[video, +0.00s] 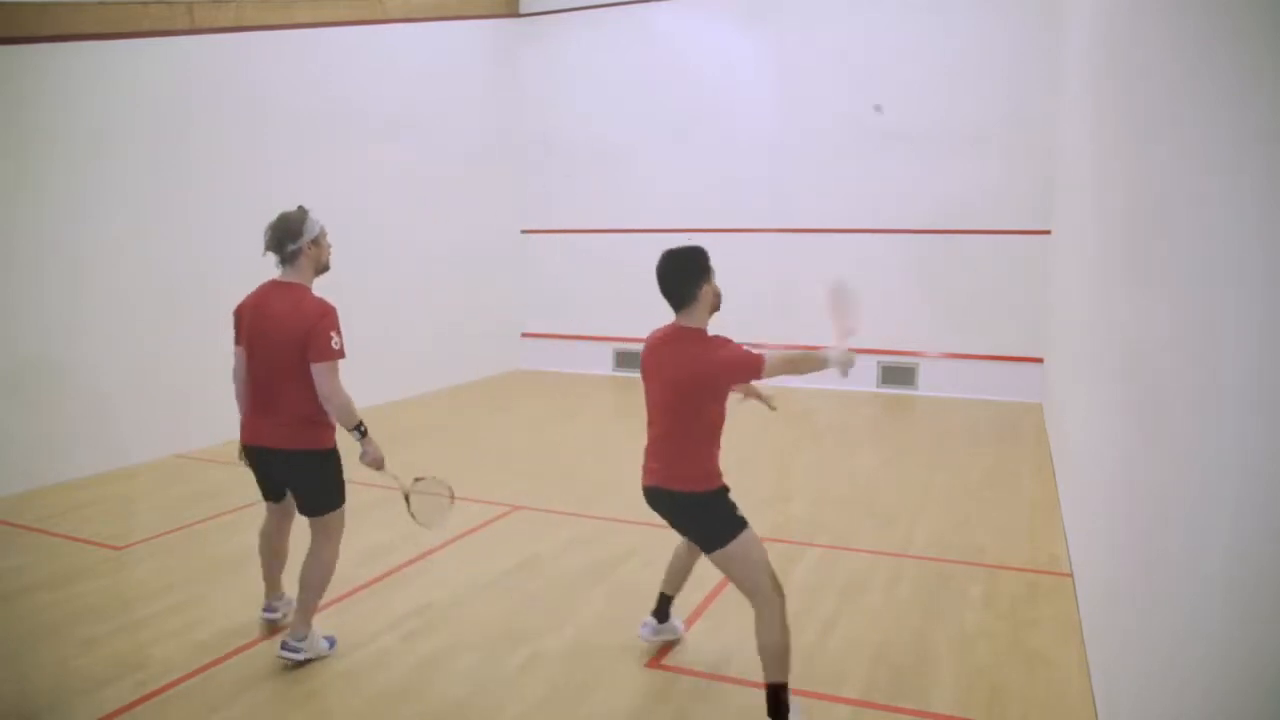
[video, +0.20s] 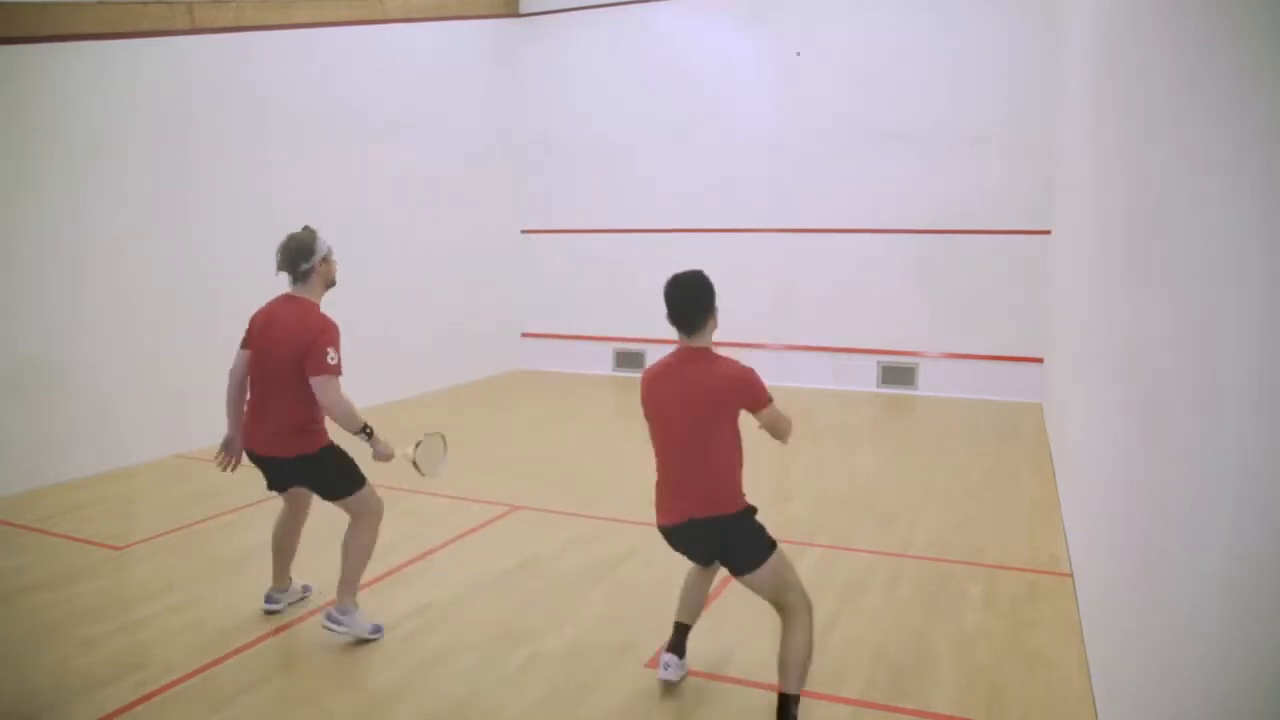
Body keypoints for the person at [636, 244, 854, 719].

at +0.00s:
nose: (717, 285)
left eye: (712, 277)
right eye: (713, 278)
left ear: (672, 293)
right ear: (704, 288)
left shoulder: (655, 344)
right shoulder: (715, 352)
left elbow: (693, 378)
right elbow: (782, 364)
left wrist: (742, 388)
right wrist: (831, 359)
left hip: (658, 487)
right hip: (698, 494)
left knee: (697, 533)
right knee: (768, 595)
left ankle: (659, 618)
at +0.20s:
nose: (717, 312)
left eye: (711, 306)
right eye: (715, 306)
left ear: (670, 317)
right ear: (714, 313)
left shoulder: (652, 379)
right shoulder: (734, 375)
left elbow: (667, 434)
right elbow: (781, 430)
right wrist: (766, 409)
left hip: (672, 522)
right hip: (724, 519)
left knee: (707, 559)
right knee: (795, 606)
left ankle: (673, 654)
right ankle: (788, 714)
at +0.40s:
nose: (661, 264)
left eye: (636, 257)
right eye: (663, 256)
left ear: (622, 264)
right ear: (666, 262)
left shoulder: (600, 320)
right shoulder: (686, 319)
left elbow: (558, 382)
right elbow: (733, 391)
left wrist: (581, 424)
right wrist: (724, 418)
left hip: (623, 461)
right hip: (671, 460)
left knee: (656, 552)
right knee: (702, 564)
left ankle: (665, 657)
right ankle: (698, 687)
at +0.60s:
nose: (593, 273)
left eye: (579, 266)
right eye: (605, 265)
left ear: (571, 270)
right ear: (613, 269)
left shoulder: (552, 325)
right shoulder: (636, 323)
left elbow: (524, 397)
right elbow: (665, 399)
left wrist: (529, 440)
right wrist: (645, 425)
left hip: (566, 465)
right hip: (619, 467)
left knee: (547, 544)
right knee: (609, 578)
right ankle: (597, 691)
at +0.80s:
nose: (535, 275)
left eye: (521, 268)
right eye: (545, 269)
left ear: (512, 272)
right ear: (552, 273)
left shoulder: (494, 324)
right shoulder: (573, 324)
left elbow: (472, 391)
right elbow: (588, 396)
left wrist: (478, 419)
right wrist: (560, 414)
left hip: (500, 453)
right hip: (551, 454)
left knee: (475, 537)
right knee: (567, 545)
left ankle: (468, 629)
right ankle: (581, 640)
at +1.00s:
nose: (473, 262)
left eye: (472, 256)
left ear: (473, 260)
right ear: (509, 261)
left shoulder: (451, 305)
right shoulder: (521, 310)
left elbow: (429, 366)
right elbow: (531, 379)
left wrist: (457, 382)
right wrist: (534, 391)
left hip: (460, 431)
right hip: (506, 429)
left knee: (461, 519)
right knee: (522, 508)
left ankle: (466, 619)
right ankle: (507, 586)